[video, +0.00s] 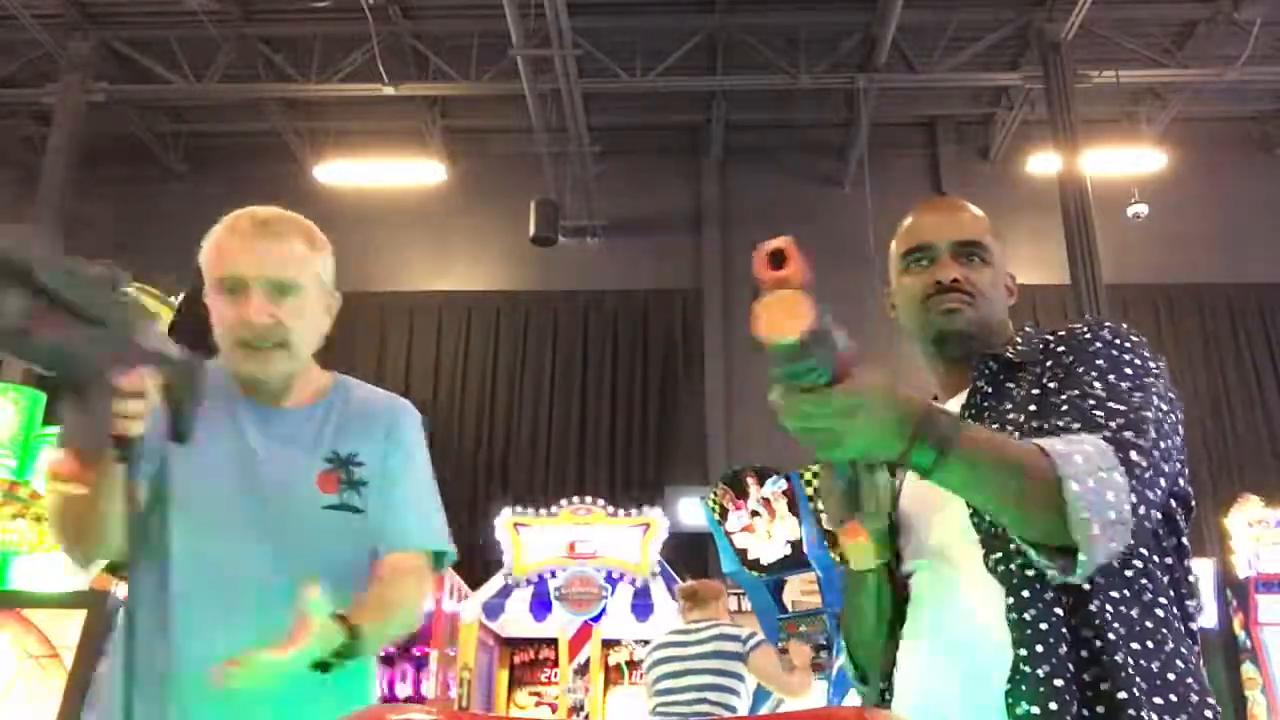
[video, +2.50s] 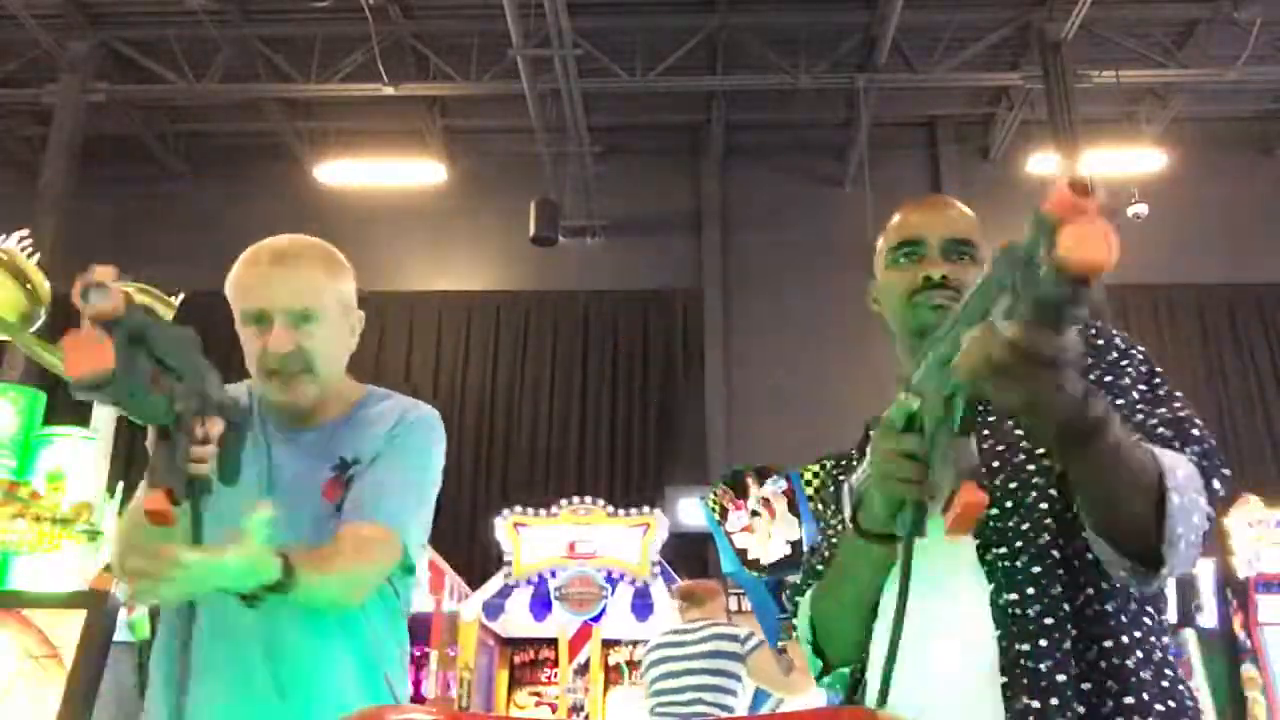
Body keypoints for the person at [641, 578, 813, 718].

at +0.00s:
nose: (730, 612)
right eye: (728, 606)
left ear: (682, 612)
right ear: (722, 606)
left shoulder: (655, 647)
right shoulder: (741, 636)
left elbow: (653, 702)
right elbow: (796, 688)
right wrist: (802, 660)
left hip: (663, 714)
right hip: (717, 711)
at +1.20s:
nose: (721, 609)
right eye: (720, 603)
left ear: (677, 609)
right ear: (713, 601)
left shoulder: (647, 647)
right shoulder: (730, 633)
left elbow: (638, 711)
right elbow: (774, 694)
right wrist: (790, 661)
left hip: (658, 714)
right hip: (710, 713)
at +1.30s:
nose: (720, 610)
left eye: (720, 604)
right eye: (719, 604)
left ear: (677, 610)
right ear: (712, 602)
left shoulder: (647, 647)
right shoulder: (729, 632)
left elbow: (637, 712)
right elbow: (751, 690)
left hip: (657, 715)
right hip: (705, 713)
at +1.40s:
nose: (721, 612)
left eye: (719, 605)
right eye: (719, 605)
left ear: (675, 609)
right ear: (715, 601)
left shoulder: (646, 647)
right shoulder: (729, 632)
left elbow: (637, 713)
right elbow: (754, 695)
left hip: (657, 714)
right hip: (708, 713)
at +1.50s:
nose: (721, 607)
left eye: (717, 599)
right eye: (716, 598)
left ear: (673, 607)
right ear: (706, 599)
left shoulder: (647, 647)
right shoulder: (727, 631)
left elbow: (637, 712)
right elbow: (776, 693)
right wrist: (790, 665)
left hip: (656, 715)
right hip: (706, 713)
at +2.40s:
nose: (728, 611)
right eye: (725, 605)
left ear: (679, 612)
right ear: (721, 602)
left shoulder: (654, 646)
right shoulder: (736, 636)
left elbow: (649, 699)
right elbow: (795, 687)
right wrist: (794, 648)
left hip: (661, 714)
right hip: (713, 711)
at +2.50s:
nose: (728, 611)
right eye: (725, 605)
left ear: (681, 612)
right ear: (723, 605)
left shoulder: (654, 645)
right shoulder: (738, 636)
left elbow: (650, 699)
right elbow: (797, 686)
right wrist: (796, 652)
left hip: (661, 715)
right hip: (711, 713)